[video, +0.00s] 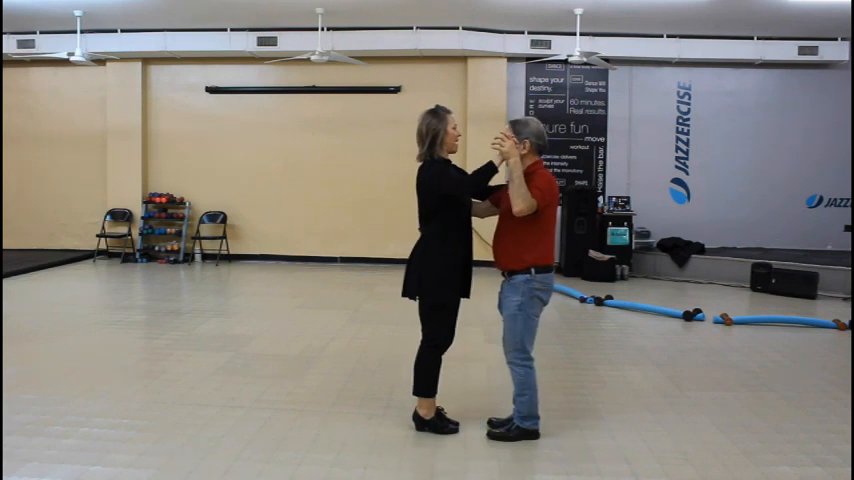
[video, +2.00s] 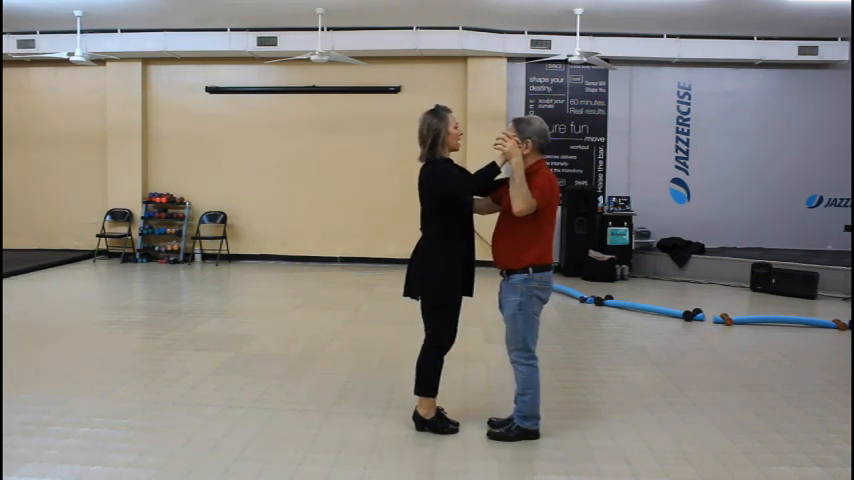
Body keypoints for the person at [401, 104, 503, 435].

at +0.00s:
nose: (459, 133)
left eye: (457, 127)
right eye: (453, 128)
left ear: (440, 133)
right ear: (439, 134)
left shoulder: (440, 168)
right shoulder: (436, 171)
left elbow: (474, 195)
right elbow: (469, 186)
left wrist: (508, 181)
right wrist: (496, 161)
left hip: (441, 267)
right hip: (437, 268)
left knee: (437, 338)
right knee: (435, 339)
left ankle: (427, 408)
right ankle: (424, 411)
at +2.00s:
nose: (460, 132)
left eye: (459, 127)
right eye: (455, 127)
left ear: (441, 132)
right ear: (440, 133)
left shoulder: (442, 167)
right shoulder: (438, 170)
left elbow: (472, 188)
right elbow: (472, 185)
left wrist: (505, 171)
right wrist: (501, 160)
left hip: (443, 267)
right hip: (439, 269)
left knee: (439, 338)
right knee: (438, 339)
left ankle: (427, 408)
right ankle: (425, 411)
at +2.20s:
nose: (459, 136)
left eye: (458, 130)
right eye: (454, 130)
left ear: (439, 133)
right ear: (438, 134)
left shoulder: (438, 168)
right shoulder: (433, 171)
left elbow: (469, 195)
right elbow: (466, 187)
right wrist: (495, 163)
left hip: (439, 267)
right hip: (435, 268)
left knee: (443, 335)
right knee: (443, 336)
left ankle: (428, 407)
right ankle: (426, 410)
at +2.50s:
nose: (446, 138)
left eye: (444, 133)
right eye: (440, 134)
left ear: (423, 140)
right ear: (424, 140)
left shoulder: (429, 176)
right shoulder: (419, 177)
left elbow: (457, 202)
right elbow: (444, 196)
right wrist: (473, 170)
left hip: (431, 274)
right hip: (415, 276)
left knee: (443, 335)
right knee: (437, 336)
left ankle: (428, 406)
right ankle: (376, 392)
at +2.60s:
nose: (435, 138)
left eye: (433, 133)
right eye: (429, 135)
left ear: (415, 142)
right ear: (415, 142)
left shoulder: (421, 179)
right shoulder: (408, 179)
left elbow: (449, 208)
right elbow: (435, 197)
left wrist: (481, 190)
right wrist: (462, 172)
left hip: (426, 278)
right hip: (406, 279)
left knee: (440, 333)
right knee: (408, 349)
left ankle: (428, 406)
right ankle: (344, 391)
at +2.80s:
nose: (415, 144)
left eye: (413, 138)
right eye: (409, 139)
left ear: (393, 145)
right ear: (394, 145)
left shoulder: (398, 181)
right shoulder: (385, 181)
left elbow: (430, 207)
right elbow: (412, 200)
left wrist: (459, 195)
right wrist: (438, 175)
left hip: (400, 279)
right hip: (378, 280)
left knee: (426, 335)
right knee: (354, 345)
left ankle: (426, 406)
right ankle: (309, 405)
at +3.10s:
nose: (408, 144)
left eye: (406, 138)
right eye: (402, 139)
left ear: (389, 143)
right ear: (386, 143)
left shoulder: (397, 181)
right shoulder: (376, 181)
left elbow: (428, 206)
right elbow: (409, 200)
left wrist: (459, 192)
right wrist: (435, 176)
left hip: (395, 277)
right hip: (372, 277)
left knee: (424, 333)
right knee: (350, 343)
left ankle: (411, 405)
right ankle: (310, 405)